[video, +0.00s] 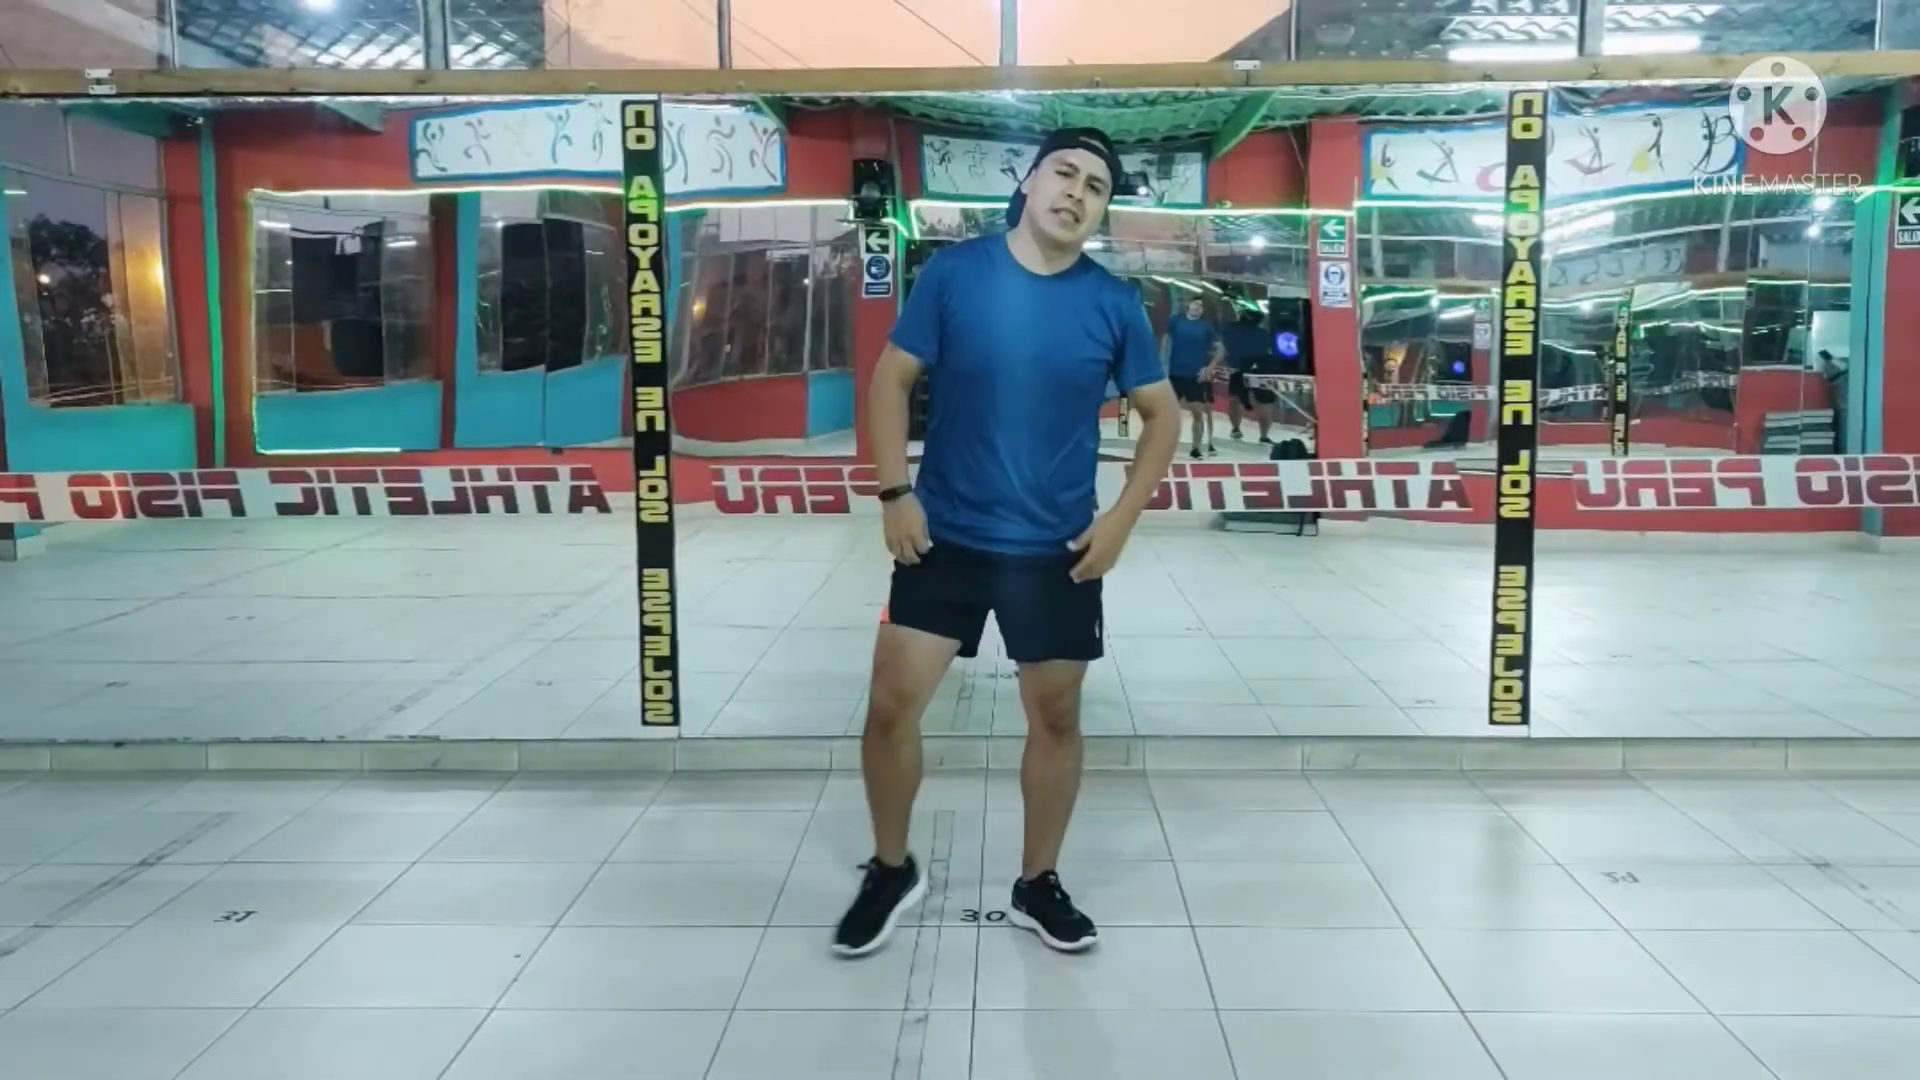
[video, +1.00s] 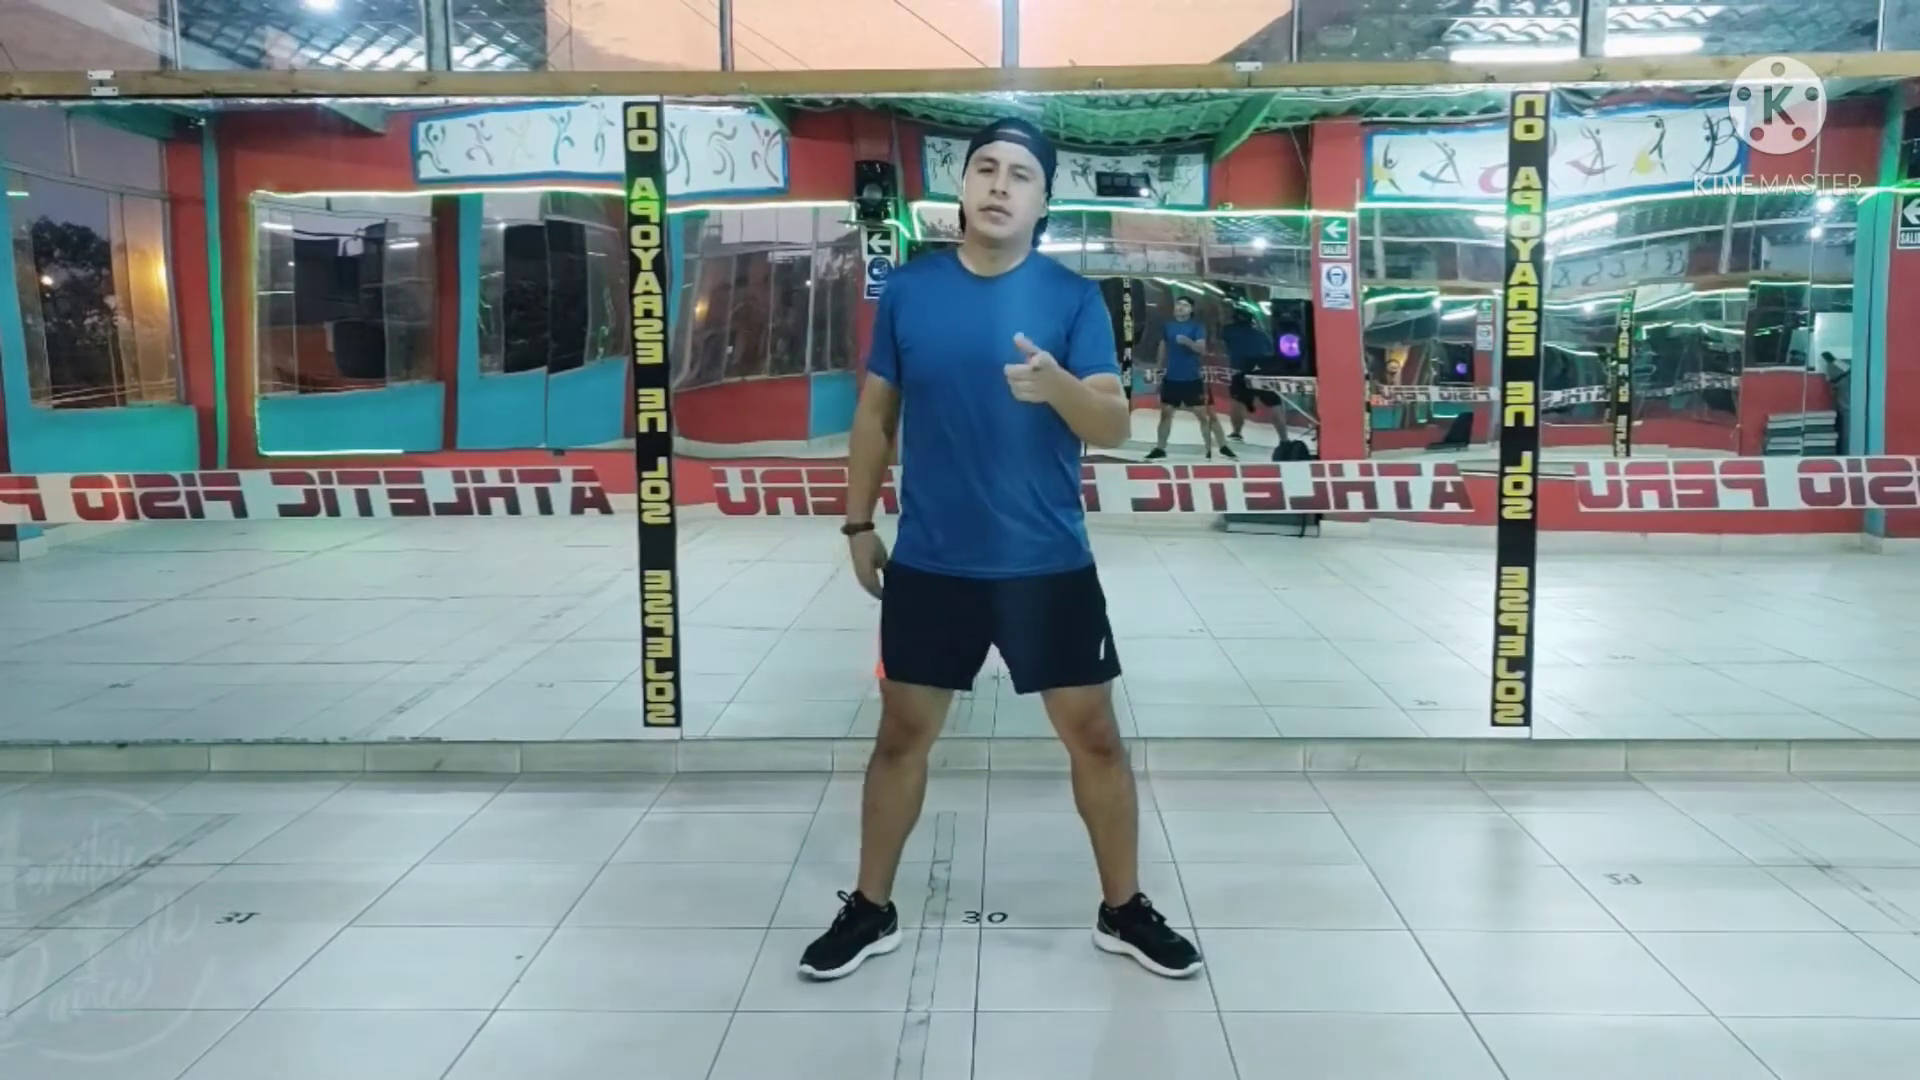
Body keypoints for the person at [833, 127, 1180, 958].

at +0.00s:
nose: (1078, 192)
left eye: (1095, 187)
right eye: (1065, 174)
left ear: (1103, 212)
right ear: (1026, 183)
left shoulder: (1114, 303)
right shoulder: (952, 275)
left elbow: (1163, 417)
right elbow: (889, 381)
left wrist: (1122, 516)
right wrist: (894, 493)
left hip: (1054, 547)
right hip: (946, 535)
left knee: (1057, 716)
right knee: (891, 704)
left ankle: (1039, 881)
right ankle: (890, 867)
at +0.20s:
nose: (1040, 195)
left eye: (1057, 188)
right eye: (1027, 178)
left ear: (1068, 214)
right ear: (990, 192)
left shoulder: (1083, 308)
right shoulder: (923, 279)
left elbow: (1120, 429)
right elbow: (870, 390)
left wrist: (1106, 523)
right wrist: (890, 502)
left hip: (1043, 552)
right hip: (938, 546)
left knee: (1053, 722)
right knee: (906, 725)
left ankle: (1038, 884)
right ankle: (869, 901)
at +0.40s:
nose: (977, 186)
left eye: (996, 178)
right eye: (965, 171)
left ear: (1017, 205)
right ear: (934, 187)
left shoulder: (1044, 297)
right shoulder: (880, 288)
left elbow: (1088, 420)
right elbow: (829, 404)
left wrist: (1061, 474)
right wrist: (826, 514)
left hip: (1029, 548)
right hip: (914, 549)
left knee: (1094, 716)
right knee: (884, 728)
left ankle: (1072, 866)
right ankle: (867, 901)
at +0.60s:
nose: (969, 189)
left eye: (989, 179)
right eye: (955, 174)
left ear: (1013, 204)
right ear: (931, 192)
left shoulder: (1045, 297)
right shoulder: (883, 292)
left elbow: (1085, 423)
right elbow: (828, 406)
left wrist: (1043, 414)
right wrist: (776, 510)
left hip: (1027, 559)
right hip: (912, 554)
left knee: (1083, 731)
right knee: (886, 732)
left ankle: (1122, 903)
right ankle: (867, 903)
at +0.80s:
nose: (992, 186)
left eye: (1012, 176)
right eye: (978, 171)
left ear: (1038, 202)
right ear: (953, 190)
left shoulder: (1067, 295)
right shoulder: (903, 289)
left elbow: (1100, 425)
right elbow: (861, 400)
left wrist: (1053, 395)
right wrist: (818, 510)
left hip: (1049, 555)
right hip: (932, 551)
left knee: (1095, 726)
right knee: (886, 723)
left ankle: (1124, 904)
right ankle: (867, 903)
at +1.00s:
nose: (999, 185)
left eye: (1019, 176)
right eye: (986, 170)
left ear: (1044, 204)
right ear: (960, 190)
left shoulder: (1072, 297)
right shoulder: (907, 290)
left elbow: (1111, 428)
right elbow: (874, 413)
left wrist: (1061, 390)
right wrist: (859, 523)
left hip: (1047, 558)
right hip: (933, 555)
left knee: (1094, 733)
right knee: (901, 734)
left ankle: (1124, 905)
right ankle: (871, 904)